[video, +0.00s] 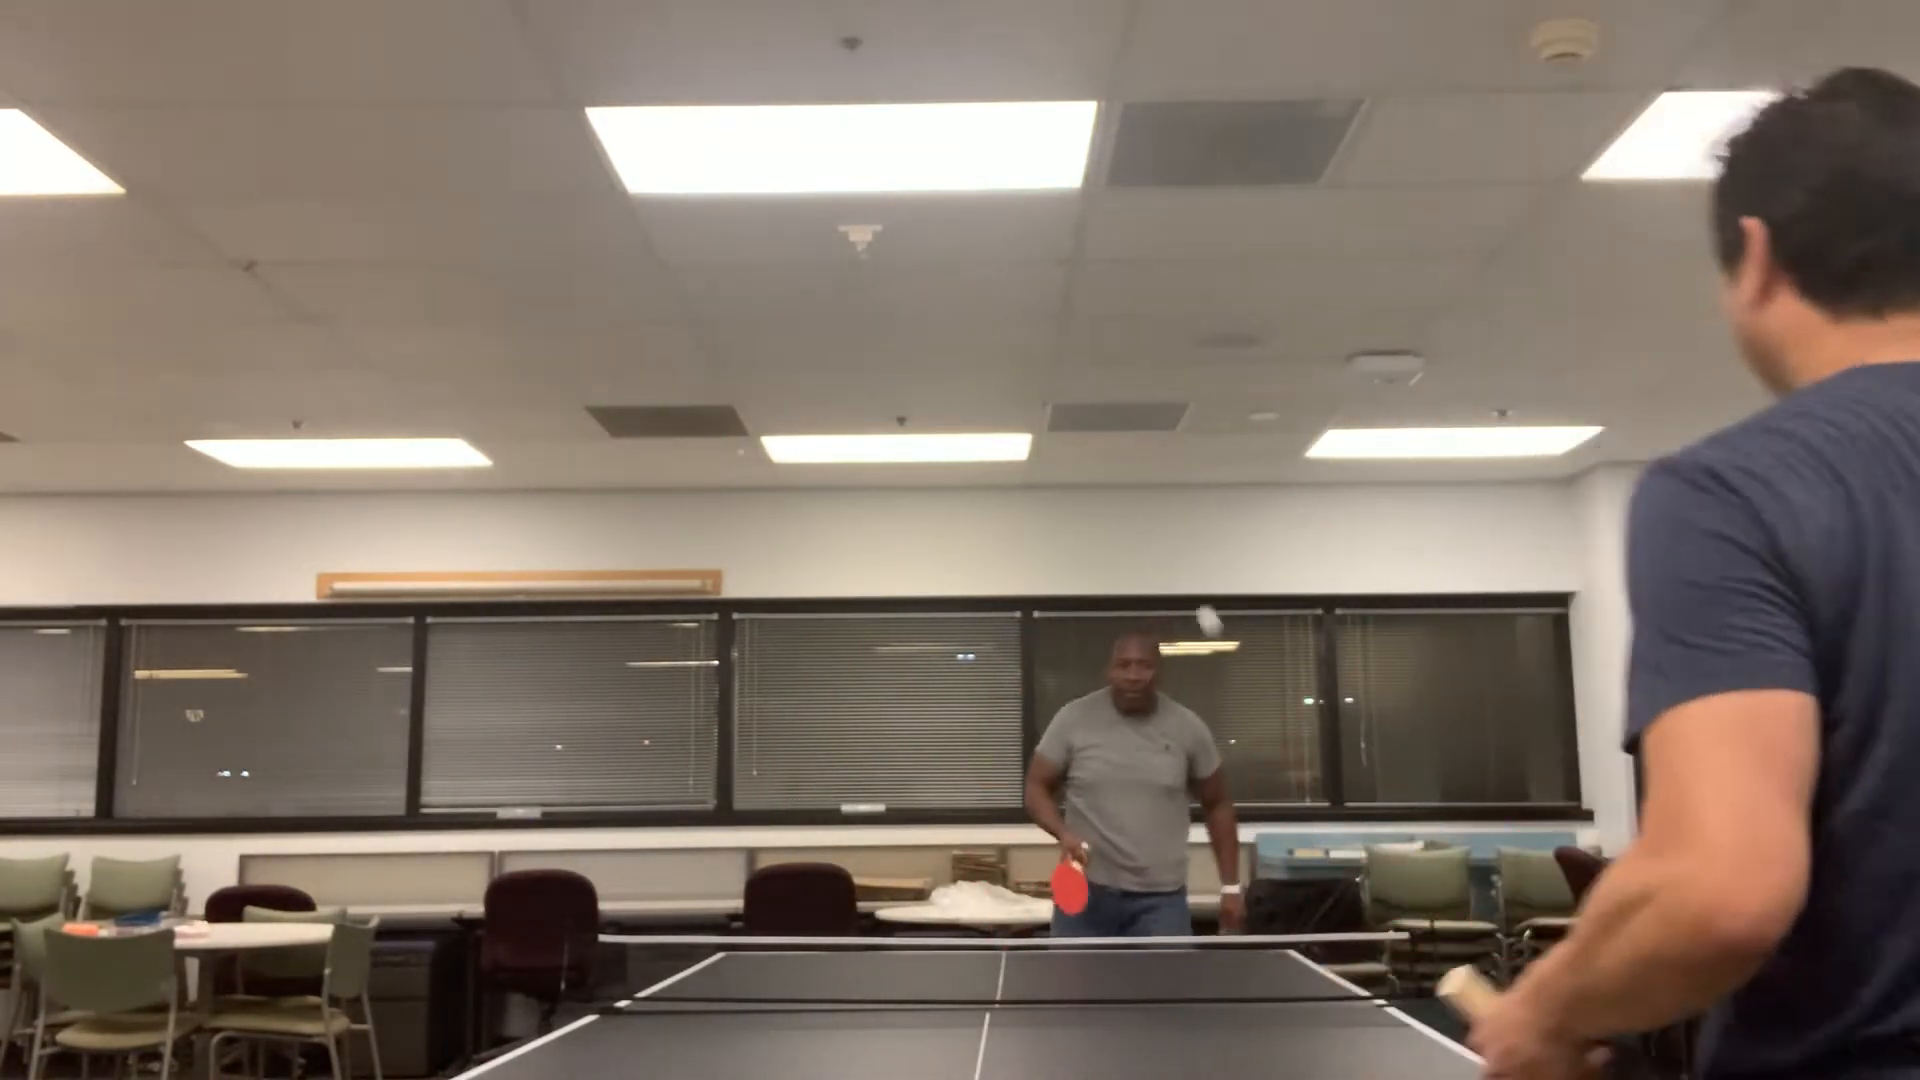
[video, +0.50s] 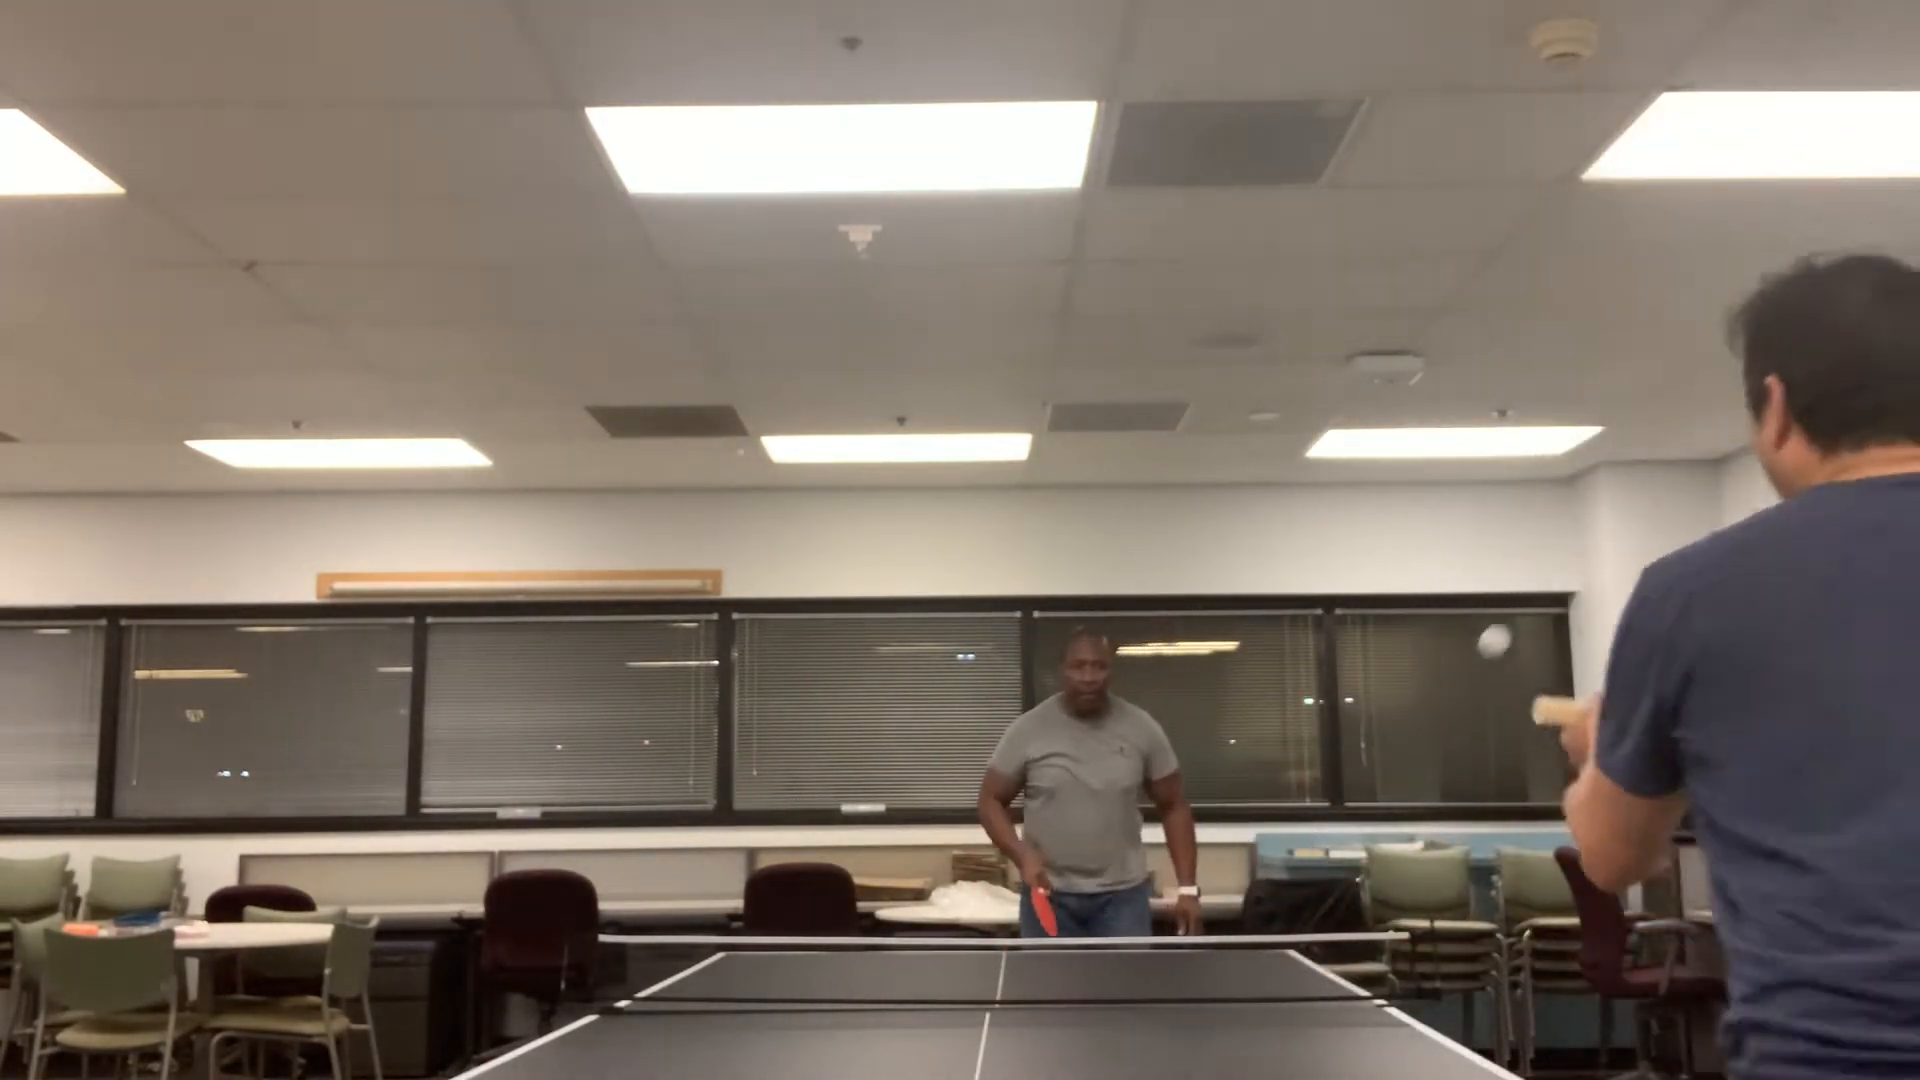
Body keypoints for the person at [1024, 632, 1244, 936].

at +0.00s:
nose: (1133, 675)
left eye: (1143, 665)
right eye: (1123, 665)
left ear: (1157, 671)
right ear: (1108, 671)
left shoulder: (1188, 728)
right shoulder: (1073, 720)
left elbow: (1218, 805)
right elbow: (1035, 788)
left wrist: (1231, 888)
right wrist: (1063, 834)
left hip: (1161, 899)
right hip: (1086, 896)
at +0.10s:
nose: (1113, 679)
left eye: (1123, 669)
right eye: (1103, 669)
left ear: (1136, 674)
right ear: (1089, 674)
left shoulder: (1165, 731)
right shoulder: (1053, 724)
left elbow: (1189, 808)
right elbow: (1015, 795)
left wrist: (1199, 891)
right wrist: (1051, 841)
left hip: (1144, 899)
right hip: (1070, 898)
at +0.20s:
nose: (1097, 679)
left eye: (1106, 668)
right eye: (1086, 669)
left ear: (1119, 672)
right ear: (1070, 673)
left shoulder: (1150, 730)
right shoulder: (1035, 727)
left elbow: (1172, 807)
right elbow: (996, 797)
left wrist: (1180, 888)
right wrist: (1037, 840)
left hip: (1130, 898)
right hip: (1055, 898)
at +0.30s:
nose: (1089, 677)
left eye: (1099, 666)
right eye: (1078, 666)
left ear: (1111, 671)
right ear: (1062, 671)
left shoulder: (1141, 728)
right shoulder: (1028, 726)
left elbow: (1169, 804)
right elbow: (987, 798)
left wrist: (1177, 886)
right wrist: (1027, 843)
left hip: (1124, 894)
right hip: (1049, 895)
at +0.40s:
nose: (1088, 678)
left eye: (1098, 667)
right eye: (1078, 667)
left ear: (1110, 671)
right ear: (1061, 671)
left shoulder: (1140, 729)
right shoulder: (1027, 728)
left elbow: (1170, 804)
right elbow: (985, 799)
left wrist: (1182, 886)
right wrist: (1021, 851)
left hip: (1123, 896)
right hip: (1048, 897)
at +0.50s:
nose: (1089, 677)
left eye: (1099, 667)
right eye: (1079, 667)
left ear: (1110, 671)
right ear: (1062, 671)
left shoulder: (1141, 729)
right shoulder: (1028, 729)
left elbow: (1174, 806)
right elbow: (989, 802)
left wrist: (1187, 890)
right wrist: (1022, 856)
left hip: (1123, 896)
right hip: (1049, 897)